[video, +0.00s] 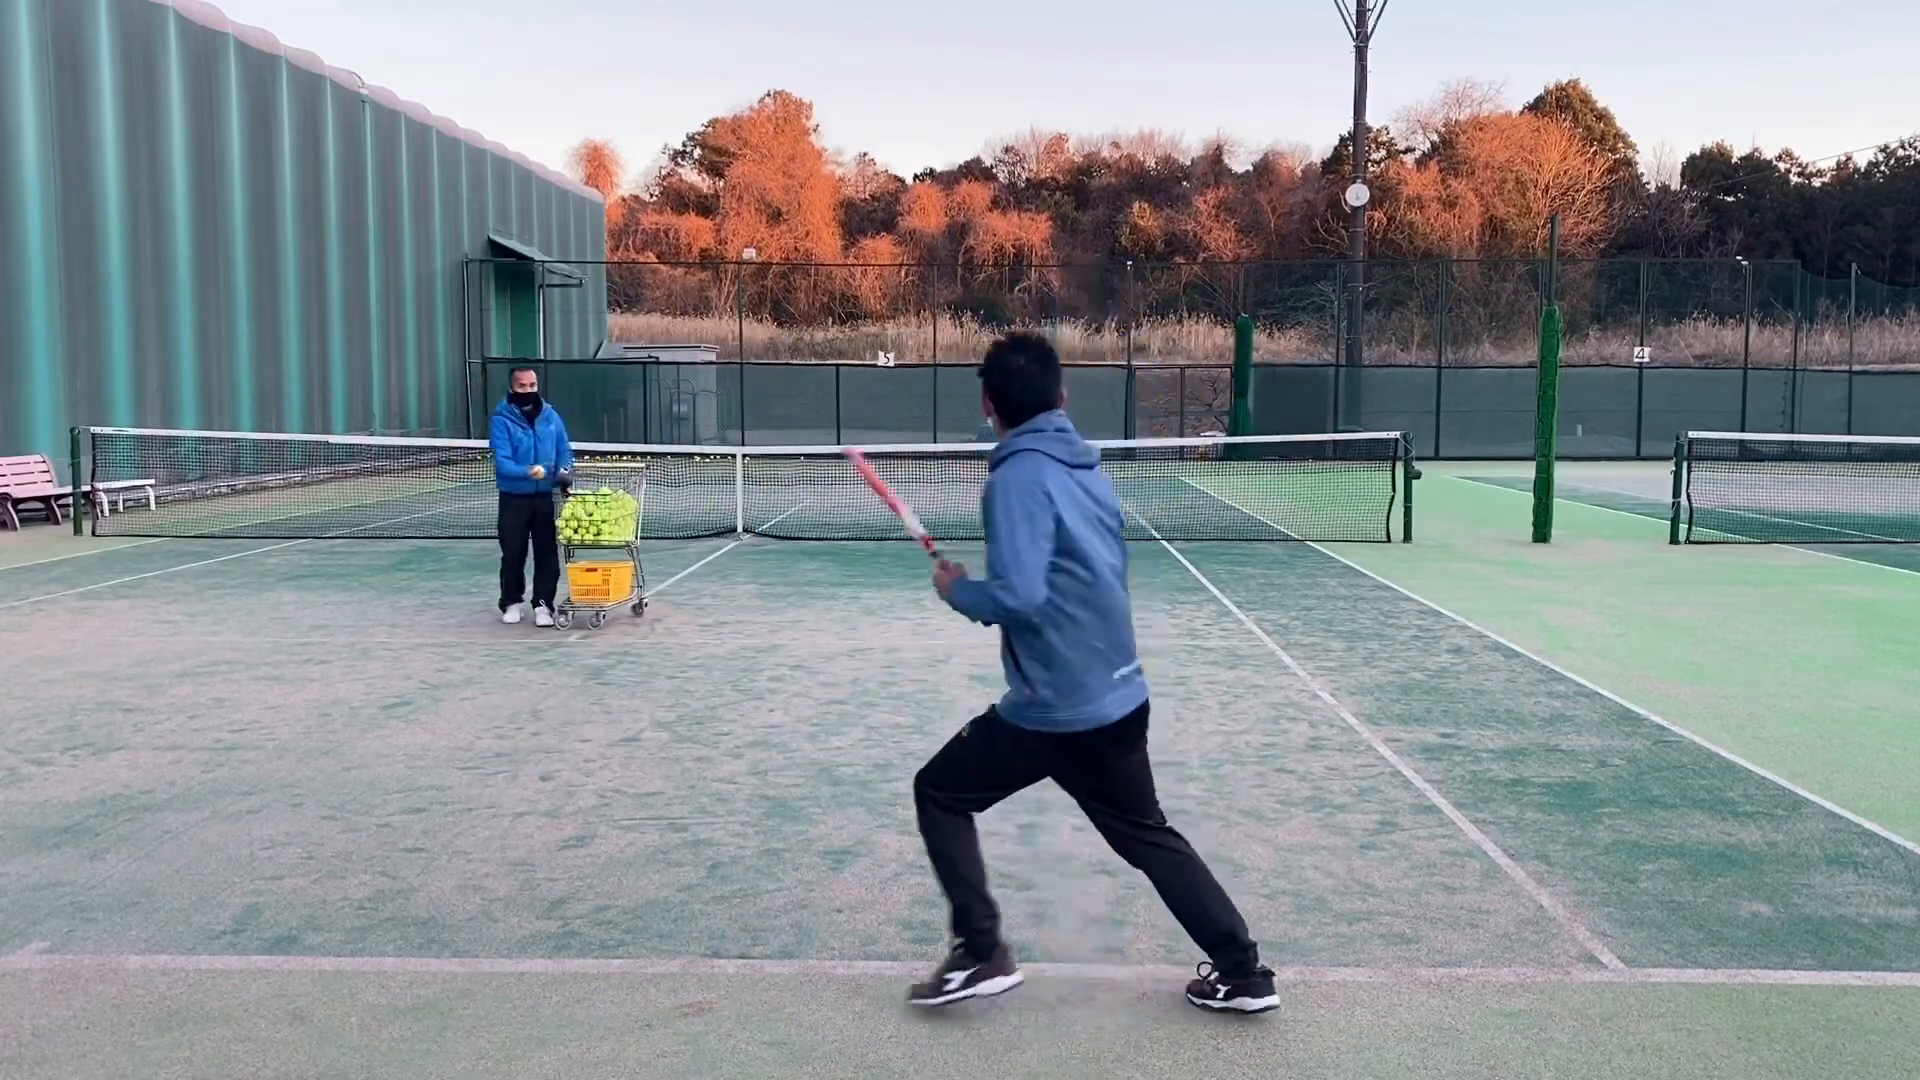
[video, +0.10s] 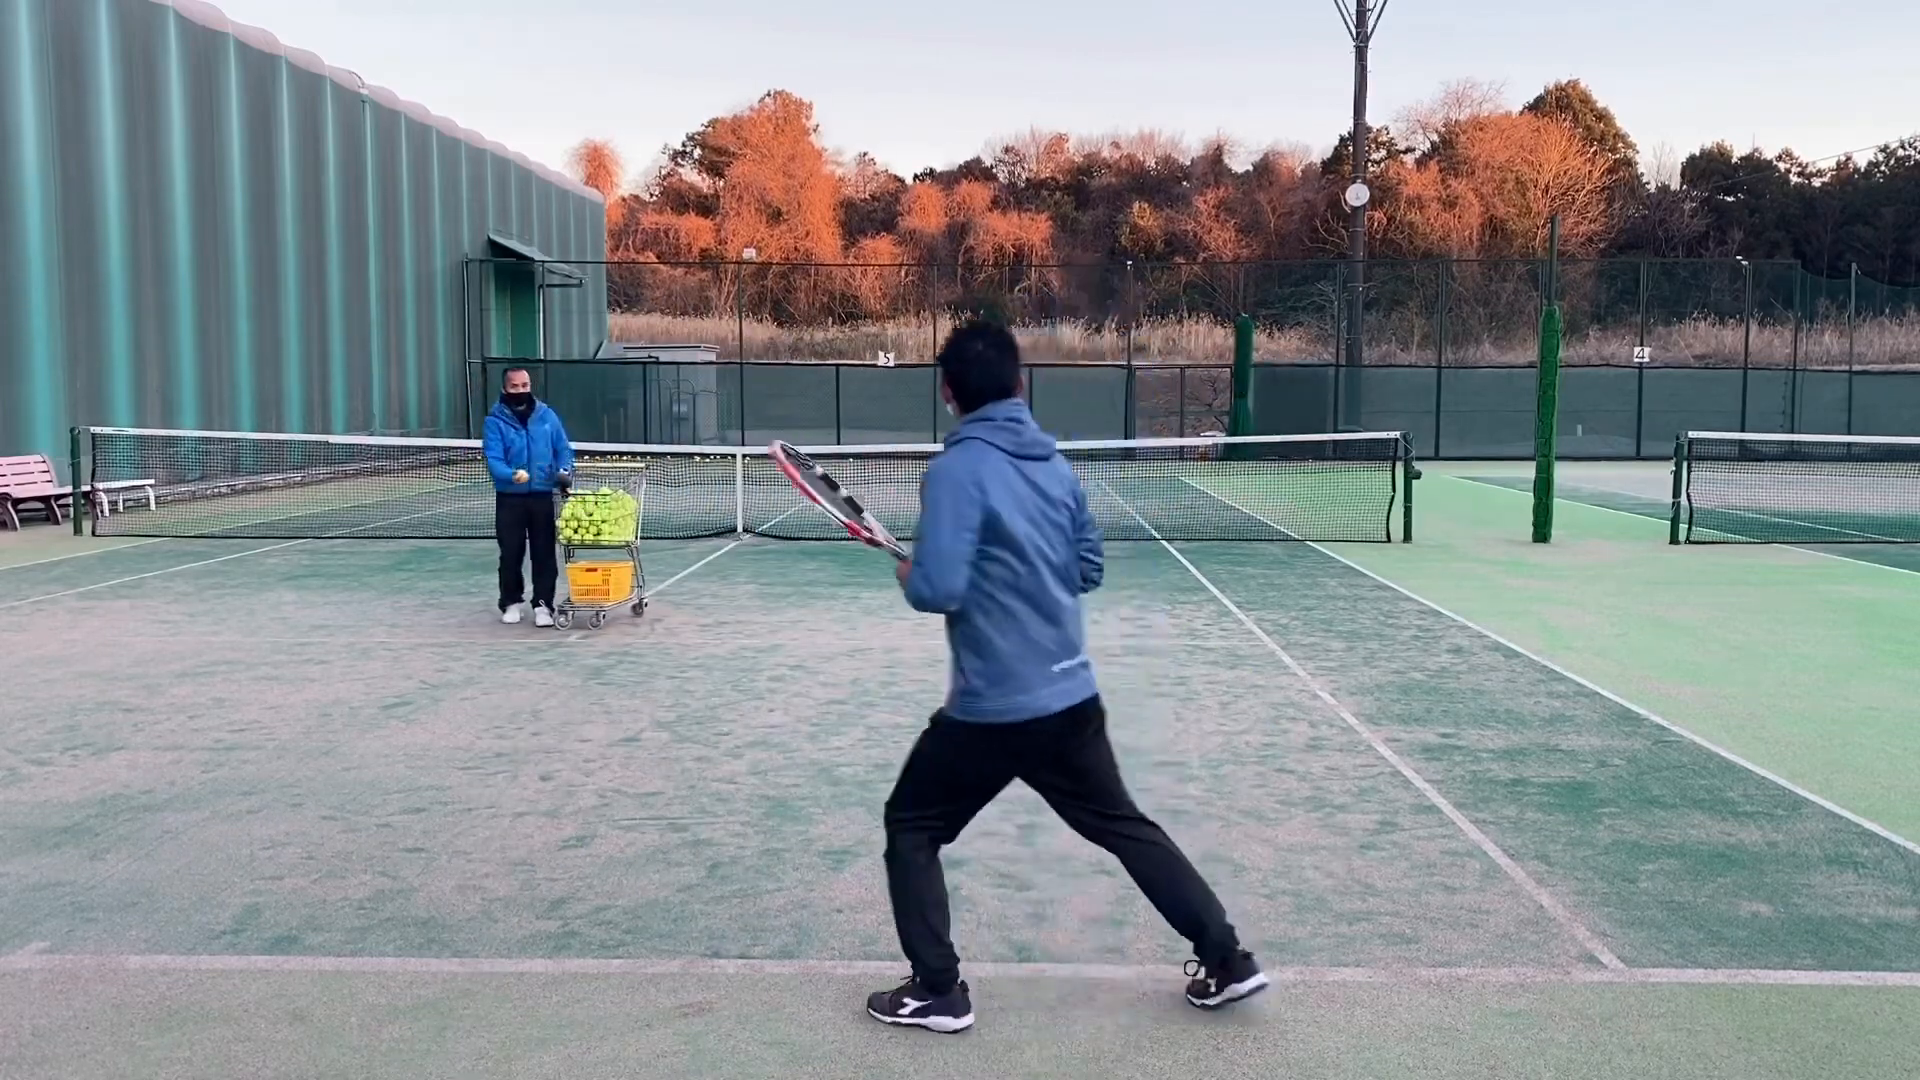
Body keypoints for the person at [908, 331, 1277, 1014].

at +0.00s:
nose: (981, 403)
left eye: (983, 393)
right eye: (983, 392)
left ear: (992, 402)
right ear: (1059, 395)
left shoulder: (1019, 477)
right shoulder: (1083, 465)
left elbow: (1019, 594)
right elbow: (1105, 567)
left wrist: (957, 589)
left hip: (1059, 706)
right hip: (1116, 697)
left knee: (940, 791)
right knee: (1146, 835)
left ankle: (979, 950)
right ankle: (1243, 970)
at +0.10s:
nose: (938, 388)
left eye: (938, 379)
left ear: (947, 389)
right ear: (1021, 383)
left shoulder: (957, 469)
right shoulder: (1053, 464)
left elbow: (938, 588)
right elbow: (1088, 570)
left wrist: (911, 571)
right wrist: (999, 559)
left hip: (992, 708)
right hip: (1070, 695)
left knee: (911, 826)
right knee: (1124, 826)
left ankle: (937, 991)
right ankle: (1231, 962)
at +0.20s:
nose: (897, 365)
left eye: (899, 356)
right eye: (899, 355)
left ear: (910, 363)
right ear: (978, 359)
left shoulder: (895, 442)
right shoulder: (1016, 443)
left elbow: (859, 554)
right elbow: (1054, 542)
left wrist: (868, 509)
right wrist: (979, 550)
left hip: (932, 689)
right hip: (1016, 679)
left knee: (898, 835)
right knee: (1057, 810)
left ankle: (938, 991)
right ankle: (1157, 952)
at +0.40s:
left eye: (832, 319)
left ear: (837, 324)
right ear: (909, 317)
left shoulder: (817, 406)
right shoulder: (958, 408)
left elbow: (769, 519)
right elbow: (992, 515)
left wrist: (823, 500)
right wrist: (922, 526)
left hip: (843, 649)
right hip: (930, 646)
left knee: (835, 810)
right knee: (921, 802)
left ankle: (850, 976)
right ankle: (930, 982)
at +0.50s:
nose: (795, 361)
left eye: (794, 351)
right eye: (802, 350)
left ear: (802, 356)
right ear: (872, 350)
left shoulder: (775, 445)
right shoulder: (921, 446)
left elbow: (723, 556)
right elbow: (955, 555)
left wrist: (781, 527)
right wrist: (878, 559)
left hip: (795, 692)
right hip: (892, 692)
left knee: (740, 825)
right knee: (898, 842)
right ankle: (920, 1012)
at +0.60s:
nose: (746, 378)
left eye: (748, 368)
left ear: (752, 376)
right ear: (829, 377)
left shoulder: (717, 468)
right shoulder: (867, 476)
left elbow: (661, 577)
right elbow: (901, 587)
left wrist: (733, 559)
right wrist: (827, 590)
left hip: (737, 720)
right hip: (841, 718)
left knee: (656, 840)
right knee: (883, 856)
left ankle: (573, 997)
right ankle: (919, 1015)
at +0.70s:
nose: (772, 380)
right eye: (773, 370)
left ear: (692, 376)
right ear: (768, 380)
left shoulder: (646, 465)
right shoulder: (797, 481)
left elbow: (589, 570)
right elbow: (834, 595)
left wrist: (663, 558)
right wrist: (757, 572)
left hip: (657, 725)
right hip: (766, 723)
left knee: (585, 858)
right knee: (834, 856)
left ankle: (529, 1024)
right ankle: (912, 1008)